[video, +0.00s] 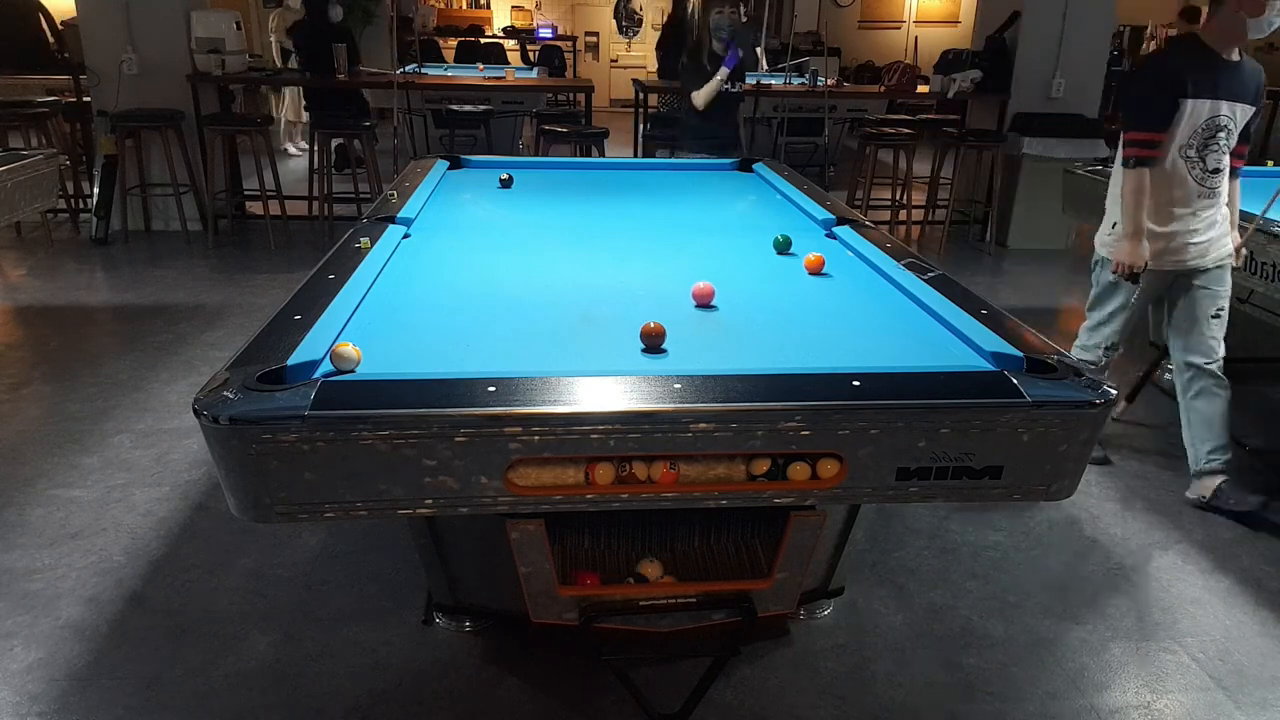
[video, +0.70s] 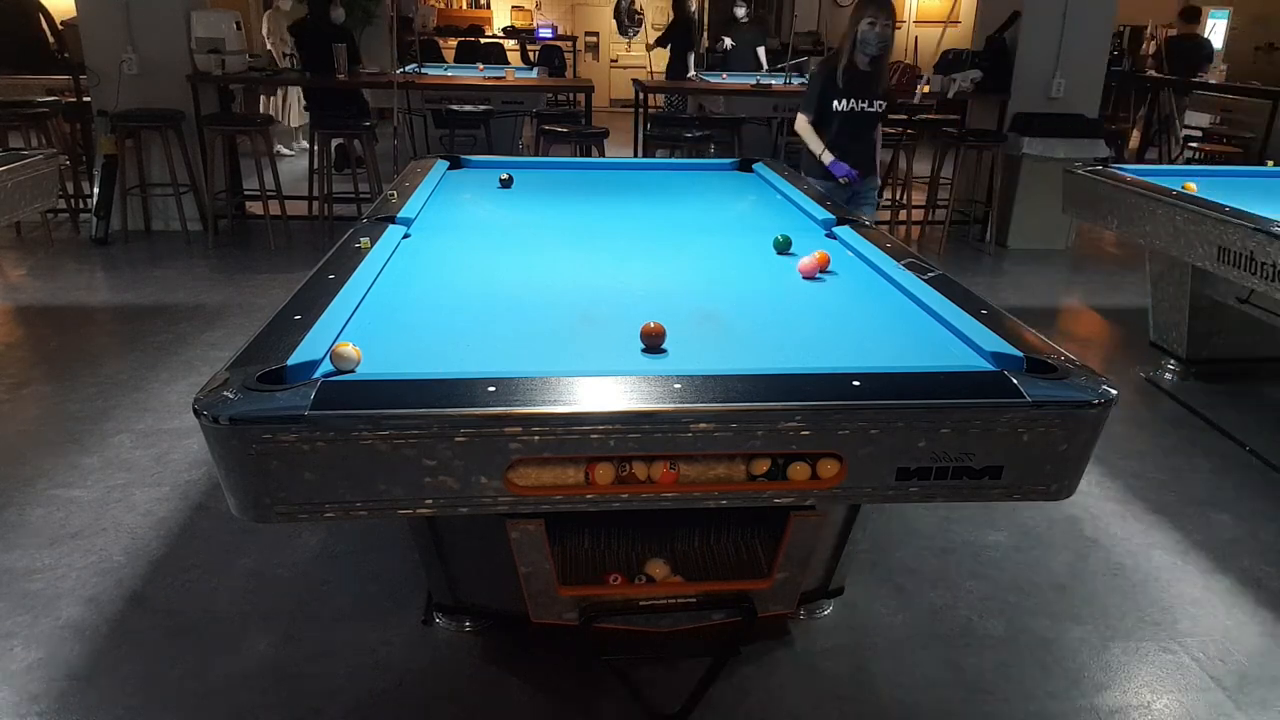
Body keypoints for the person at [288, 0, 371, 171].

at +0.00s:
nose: (341, 11)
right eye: (337, 7)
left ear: (307, 9)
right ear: (330, 9)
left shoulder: (299, 31)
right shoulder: (341, 32)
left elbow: (302, 70)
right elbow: (355, 72)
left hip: (315, 106)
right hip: (346, 106)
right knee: (362, 105)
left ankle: (351, 150)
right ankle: (346, 148)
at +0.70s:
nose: (341, 11)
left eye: (340, 7)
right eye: (338, 7)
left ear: (309, 8)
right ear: (332, 8)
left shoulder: (298, 29)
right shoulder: (342, 33)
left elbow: (304, 66)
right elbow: (356, 71)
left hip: (315, 104)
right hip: (345, 105)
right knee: (362, 105)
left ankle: (352, 151)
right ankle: (346, 148)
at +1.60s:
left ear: (302, 8)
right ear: (319, 6)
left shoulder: (298, 30)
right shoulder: (332, 26)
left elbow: (301, 66)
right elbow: (350, 57)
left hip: (313, 99)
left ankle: (348, 150)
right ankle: (345, 149)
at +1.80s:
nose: (340, 10)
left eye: (339, 5)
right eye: (337, 5)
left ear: (310, 8)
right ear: (327, 7)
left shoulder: (301, 28)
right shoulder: (336, 29)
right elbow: (354, 61)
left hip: (314, 99)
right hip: (341, 102)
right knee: (363, 110)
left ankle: (348, 150)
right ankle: (346, 149)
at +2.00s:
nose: (340, 11)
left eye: (338, 5)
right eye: (336, 6)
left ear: (310, 8)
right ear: (327, 8)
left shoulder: (301, 30)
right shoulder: (339, 32)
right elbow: (355, 69)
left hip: (314, 102)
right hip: (342, 104)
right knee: (362, 109)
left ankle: (348, 150)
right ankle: (345, 148)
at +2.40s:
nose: (340, 9)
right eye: (338, 6)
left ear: (310, 10)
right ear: (336, 9)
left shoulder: (303, 31)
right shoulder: (344, 31)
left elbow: (309, 66)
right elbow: (357, 69)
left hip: (315, 102)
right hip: (346, 103)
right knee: (365, 112)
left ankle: (350, 151)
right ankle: (344, 148)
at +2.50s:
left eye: (307, 6)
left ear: (308, 9)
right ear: (332, 8)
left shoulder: (301, 31)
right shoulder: (343, 30)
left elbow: (306, 66)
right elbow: (356, 69)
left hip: (315, 102)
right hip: (346, 104)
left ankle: (350, 151)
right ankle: (344, 149)